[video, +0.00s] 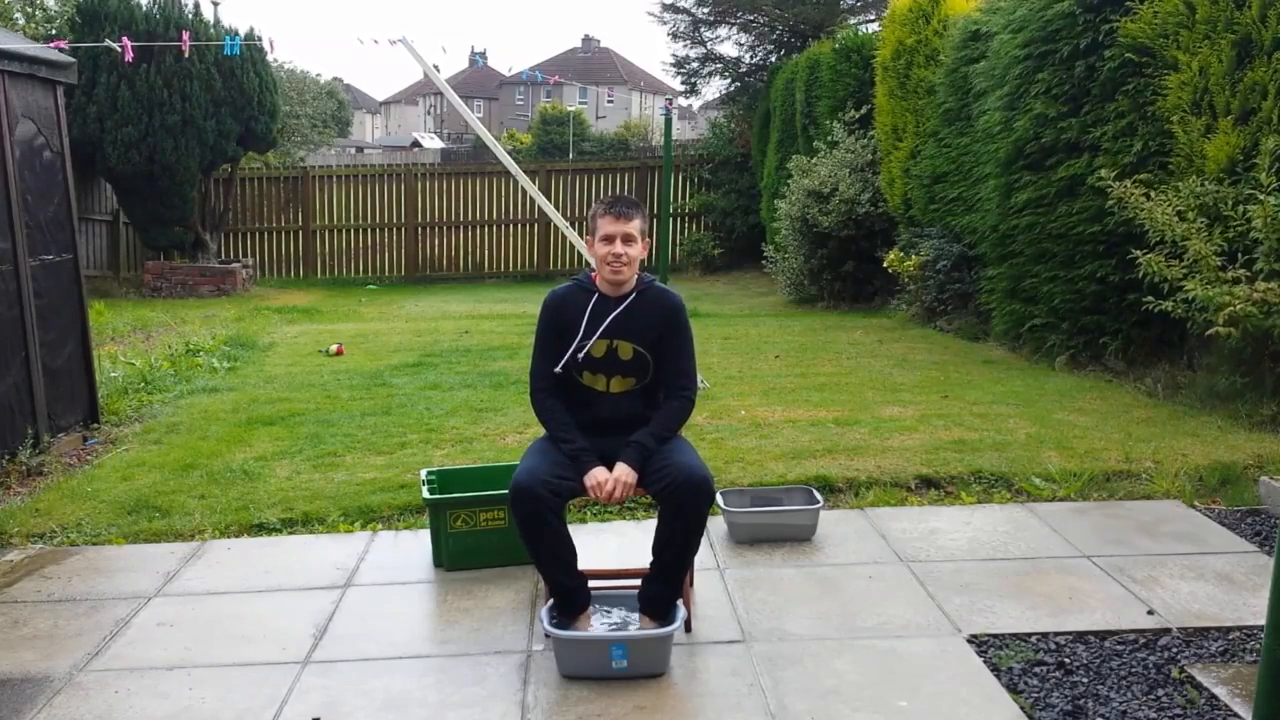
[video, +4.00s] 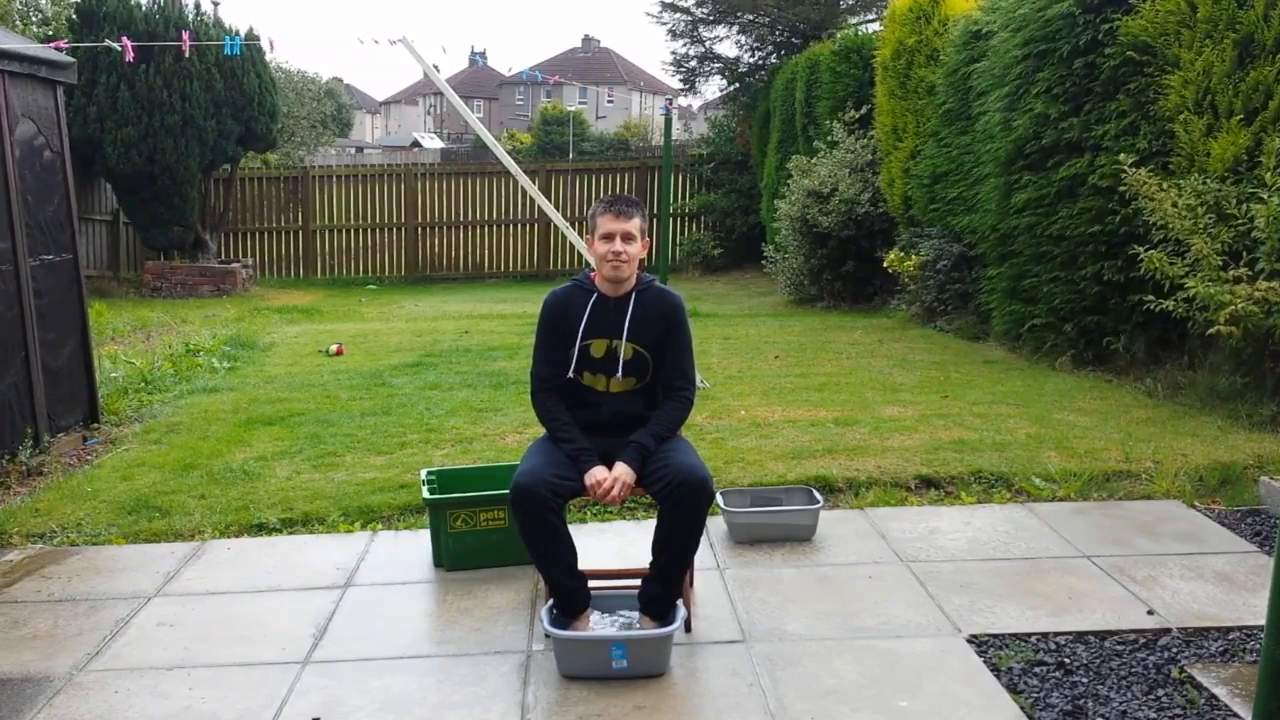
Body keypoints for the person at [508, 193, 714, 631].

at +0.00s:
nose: (617, 250)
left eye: (628, 240)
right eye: (607, 240)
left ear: (644, 248)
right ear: (590, 246)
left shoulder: (665, 306)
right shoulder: (561, 304)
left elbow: (681, 394)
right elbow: (543, 392)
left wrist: (634, 458)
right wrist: (587, 462)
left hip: (648, 435)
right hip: (574, 437)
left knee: (694, 484)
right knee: (527, 490)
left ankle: (658, 602)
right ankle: (572, 601)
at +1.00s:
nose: (618, 253)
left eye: (630, 242)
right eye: (608, 241)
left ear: (647, 249)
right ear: (591, 246)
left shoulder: (667, 307)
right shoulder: (562, 304)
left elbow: (681, 395)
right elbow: (545, 393)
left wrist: (633, 458)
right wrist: (587, 461)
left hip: (649, 436)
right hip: (574, 438)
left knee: (694, 485)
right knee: (527, 489)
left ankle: (656, 606)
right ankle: (573, 606)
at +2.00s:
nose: (616, 250)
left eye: (627, 241)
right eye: (606, 240)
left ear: (644, 248)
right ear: (589, 246)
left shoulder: (666, 307)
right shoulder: (561, 303)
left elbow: (680, 395)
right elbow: (544, 392)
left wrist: (633, 458)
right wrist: (587, 462)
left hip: (648, 436)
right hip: (574, 437)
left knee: (693, 484)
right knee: (527, 489)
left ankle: (656, 606)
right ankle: (572, 604)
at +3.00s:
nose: (617, 249)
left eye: (628, 240)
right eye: (607, 239)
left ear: (645, 248)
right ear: (589, 246)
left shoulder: (666, 307)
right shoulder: (562, 304)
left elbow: (680, 396)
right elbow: (545, 394)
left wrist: (633, 458)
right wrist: (586, 461)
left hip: (648, 436)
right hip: (574, 437)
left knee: (693, 484)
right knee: (527, 489)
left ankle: (658, 603)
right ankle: (571, 603)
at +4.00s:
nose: (617, 248)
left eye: (628, 239)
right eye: (606, 238)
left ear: (644, 247)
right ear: (589, 246)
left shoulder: (665, 306)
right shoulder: (561, 304)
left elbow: (679, 394)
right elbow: (545, 393)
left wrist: (633, 459)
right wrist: (587, 461)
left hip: (648, 435)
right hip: (574, 437)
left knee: (693, 484)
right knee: (528, 489)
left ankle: (657, 605)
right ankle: (572, 605)